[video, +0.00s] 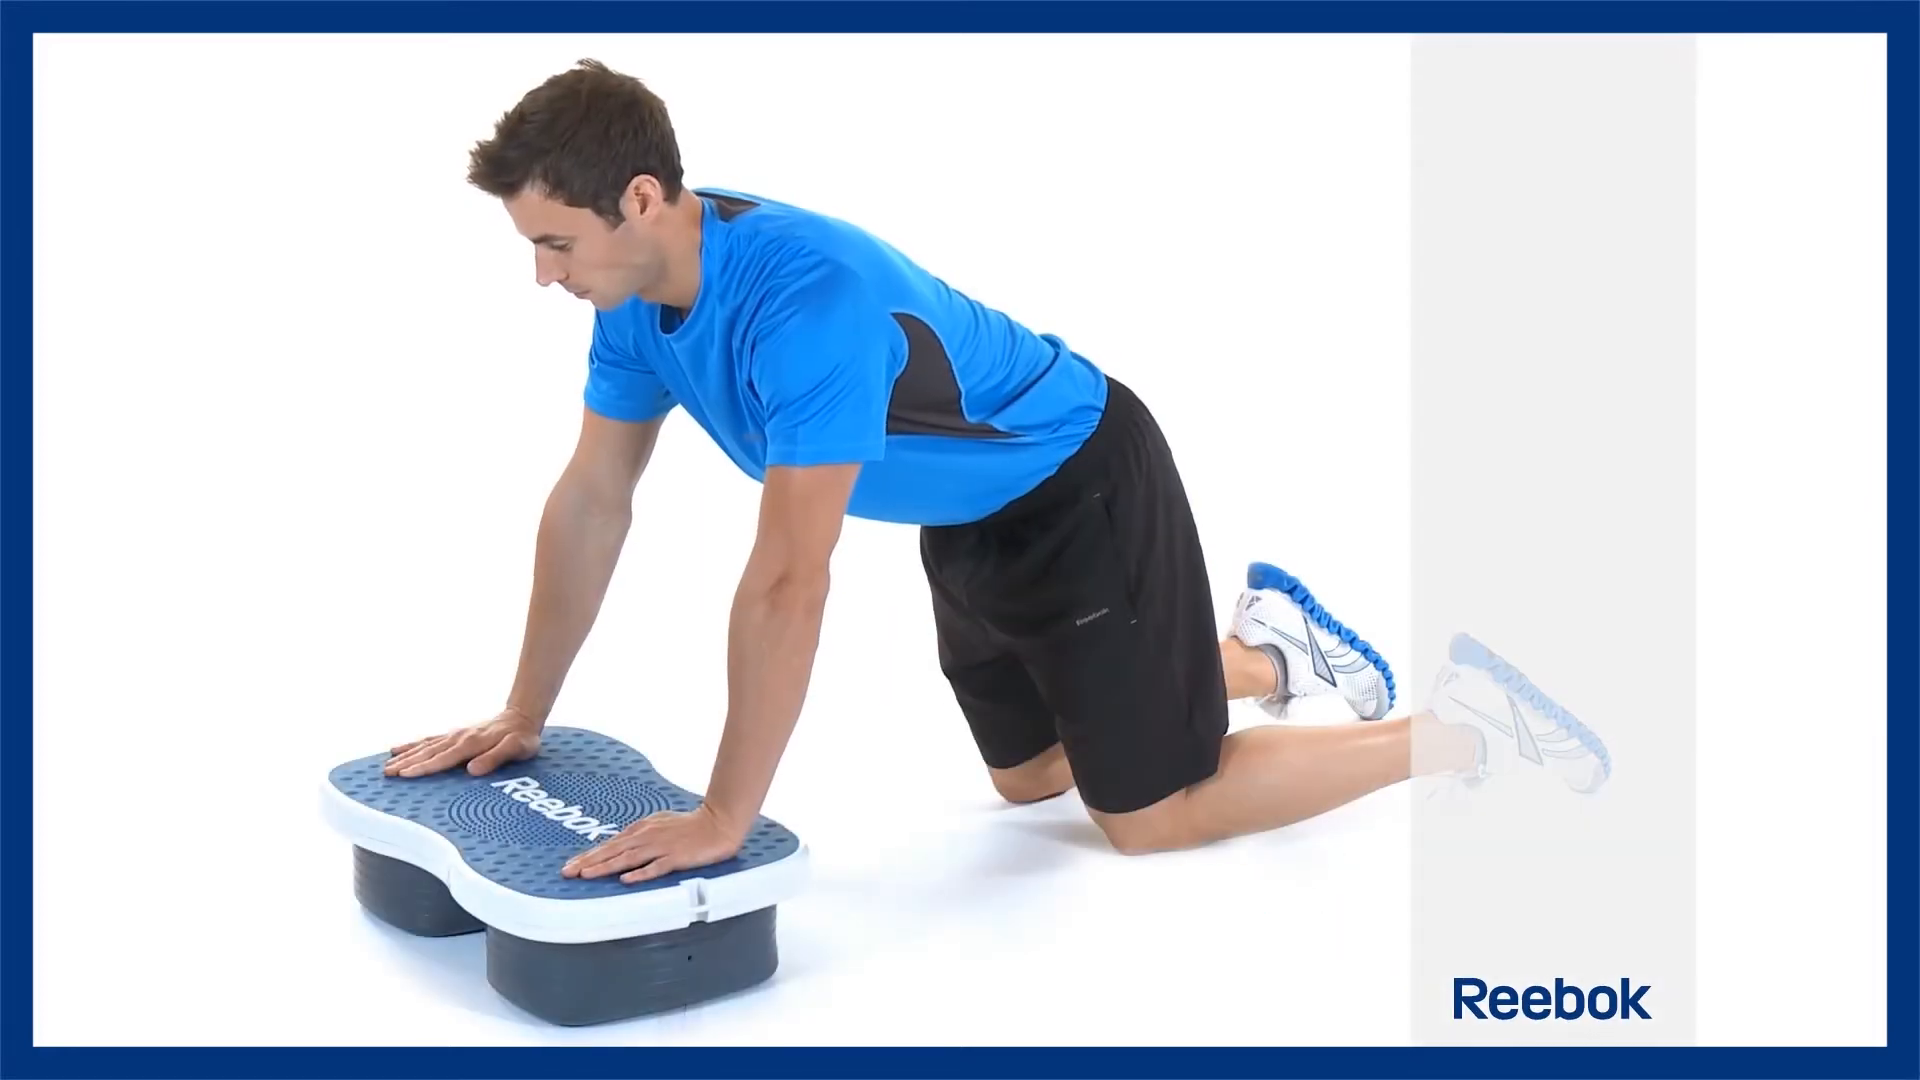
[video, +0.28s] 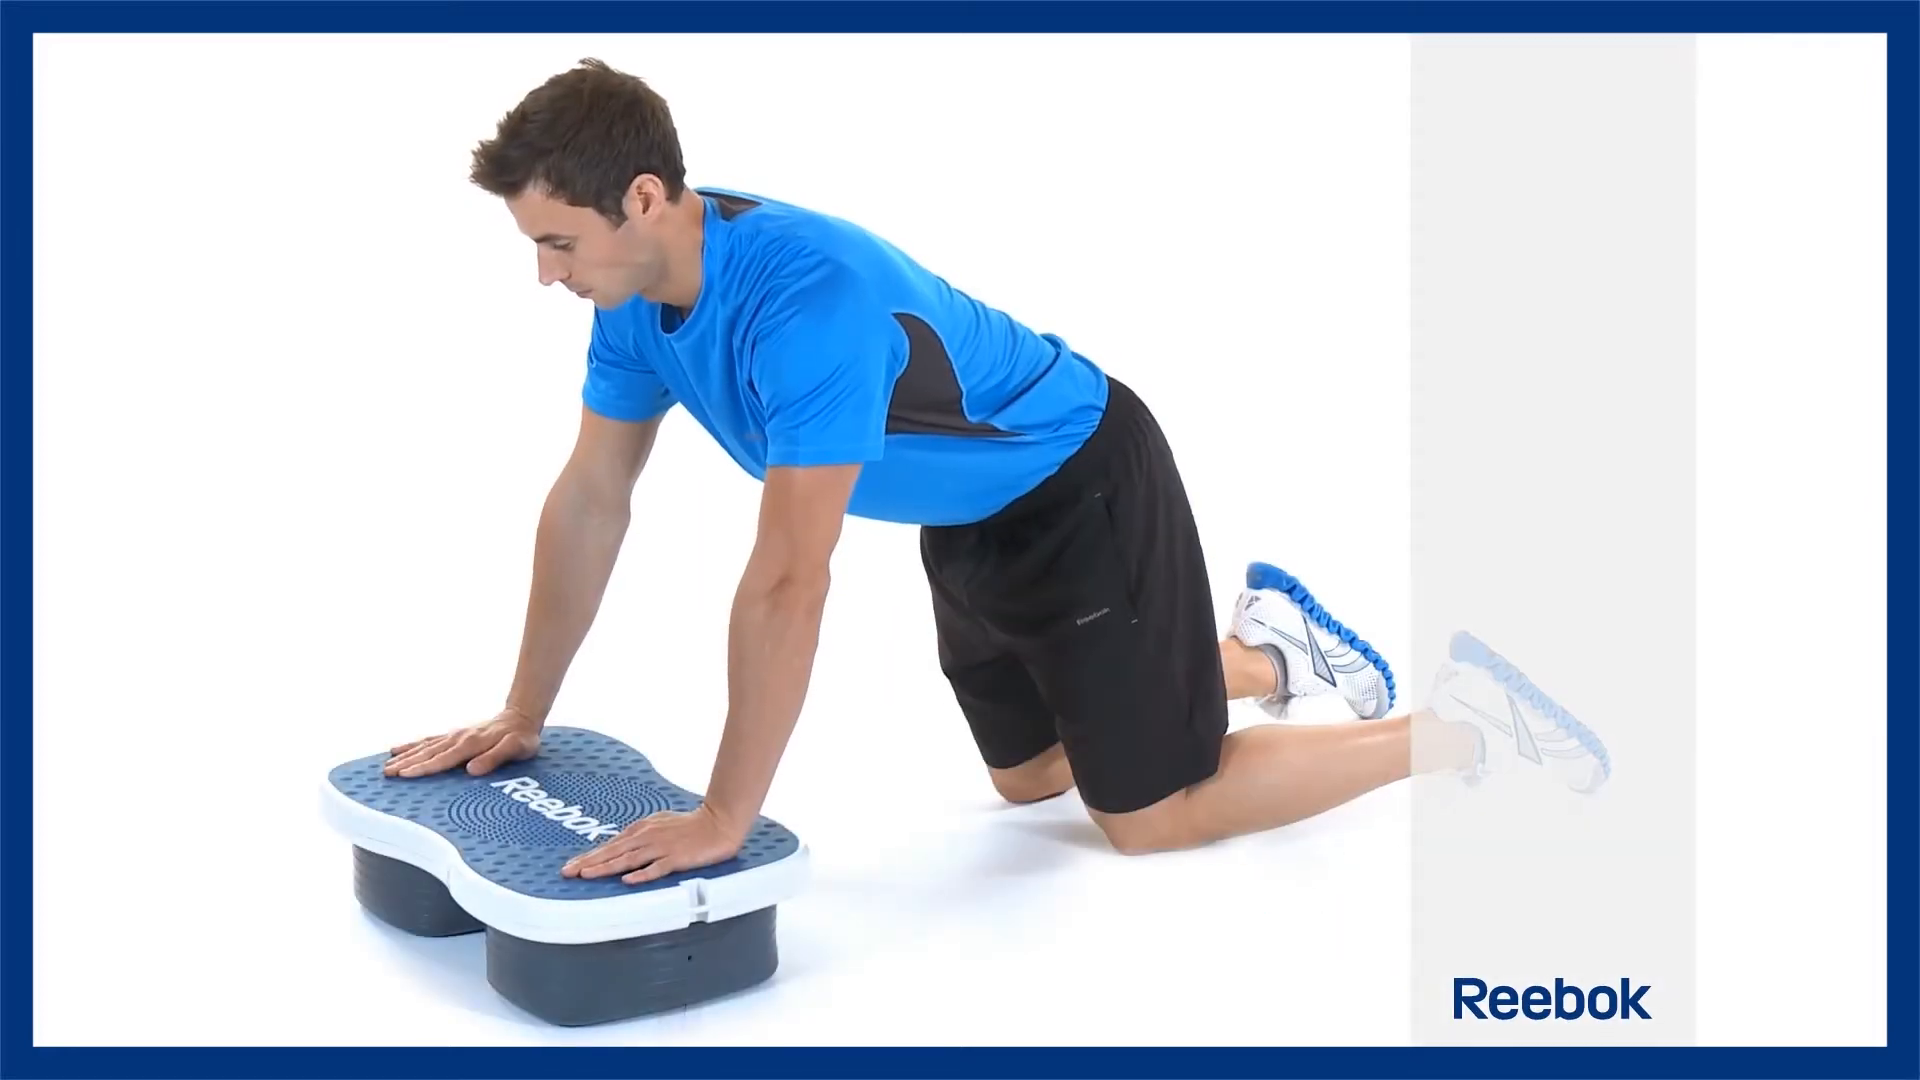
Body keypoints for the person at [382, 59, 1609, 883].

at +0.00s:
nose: (541, 272)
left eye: (551, 242)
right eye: (529, 246)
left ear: (643, 200)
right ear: (613, 212)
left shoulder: (806, 302)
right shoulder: (635, 309)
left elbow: (789, 583)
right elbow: (588, 509)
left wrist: (727, 814)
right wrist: (525, 715)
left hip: (1077, 477)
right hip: (958, 516)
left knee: (1152, 807)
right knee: (1038, 777)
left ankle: (1449, 734)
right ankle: (1262, 659)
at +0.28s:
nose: (546, 275)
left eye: (556, 244)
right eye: (532, 248)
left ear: (649, 202)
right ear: (622, 215)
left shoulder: (806, 300)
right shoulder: (633, 303)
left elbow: (787, 581)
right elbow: (589, 503)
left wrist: (729, 811)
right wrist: (522, 715)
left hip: (1082, 483)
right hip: (964, 521)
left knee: (1154, 814)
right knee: (1038, 770)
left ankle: (1449, 738)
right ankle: (1266, 659)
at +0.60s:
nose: (545, 273)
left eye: (555, 241)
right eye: (531, 246)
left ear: (648, 201)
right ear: (622, 214)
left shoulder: (807, 302)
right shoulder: (633, 303)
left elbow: (786, 583)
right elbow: (587, 505)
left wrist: (728, 812)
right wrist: (522, 717)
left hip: (1083, 483)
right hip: (963, 521)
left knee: (1152, 814)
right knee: (1037, 770)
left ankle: (1448, 737)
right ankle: (1265, 657)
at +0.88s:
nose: (544, 255)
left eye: (554, 222)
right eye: (532, 227)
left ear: (646, 185)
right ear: (613, 200)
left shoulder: (806, 297)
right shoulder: (629, 301)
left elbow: (781, 578)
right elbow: (583, 504)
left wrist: (723, 811)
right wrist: (520, 713)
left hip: (1074, 477)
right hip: (956, 516)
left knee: (1158, 809)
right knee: (1040, 775)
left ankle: (1465, 735)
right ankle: (1272, 657)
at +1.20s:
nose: (500, 343)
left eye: (504, 314)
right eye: (484, 322)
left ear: (587, 256)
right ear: (567, 262)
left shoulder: (759, 352)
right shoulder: (598, 340)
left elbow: (834, 611)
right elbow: (584, 520)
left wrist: (729, 817)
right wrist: (519, 719)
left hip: (1054, 488)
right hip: (943, 536)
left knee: (1150, 811)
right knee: (1032, 775)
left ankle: (1470, 746)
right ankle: (1267, 665)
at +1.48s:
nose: (409, 530)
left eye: (409, 503)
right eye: (389, 512)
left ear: (481, 441)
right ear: (464, 434)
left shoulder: (664, 467)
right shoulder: (534, 411)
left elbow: (853, 646)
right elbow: (574, 551)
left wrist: (733, 820)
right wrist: (523, 713)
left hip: (997, 522)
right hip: (899, 567)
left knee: (1154, 809)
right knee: (1032, 771)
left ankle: (1467, 751)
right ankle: (1255, 657)